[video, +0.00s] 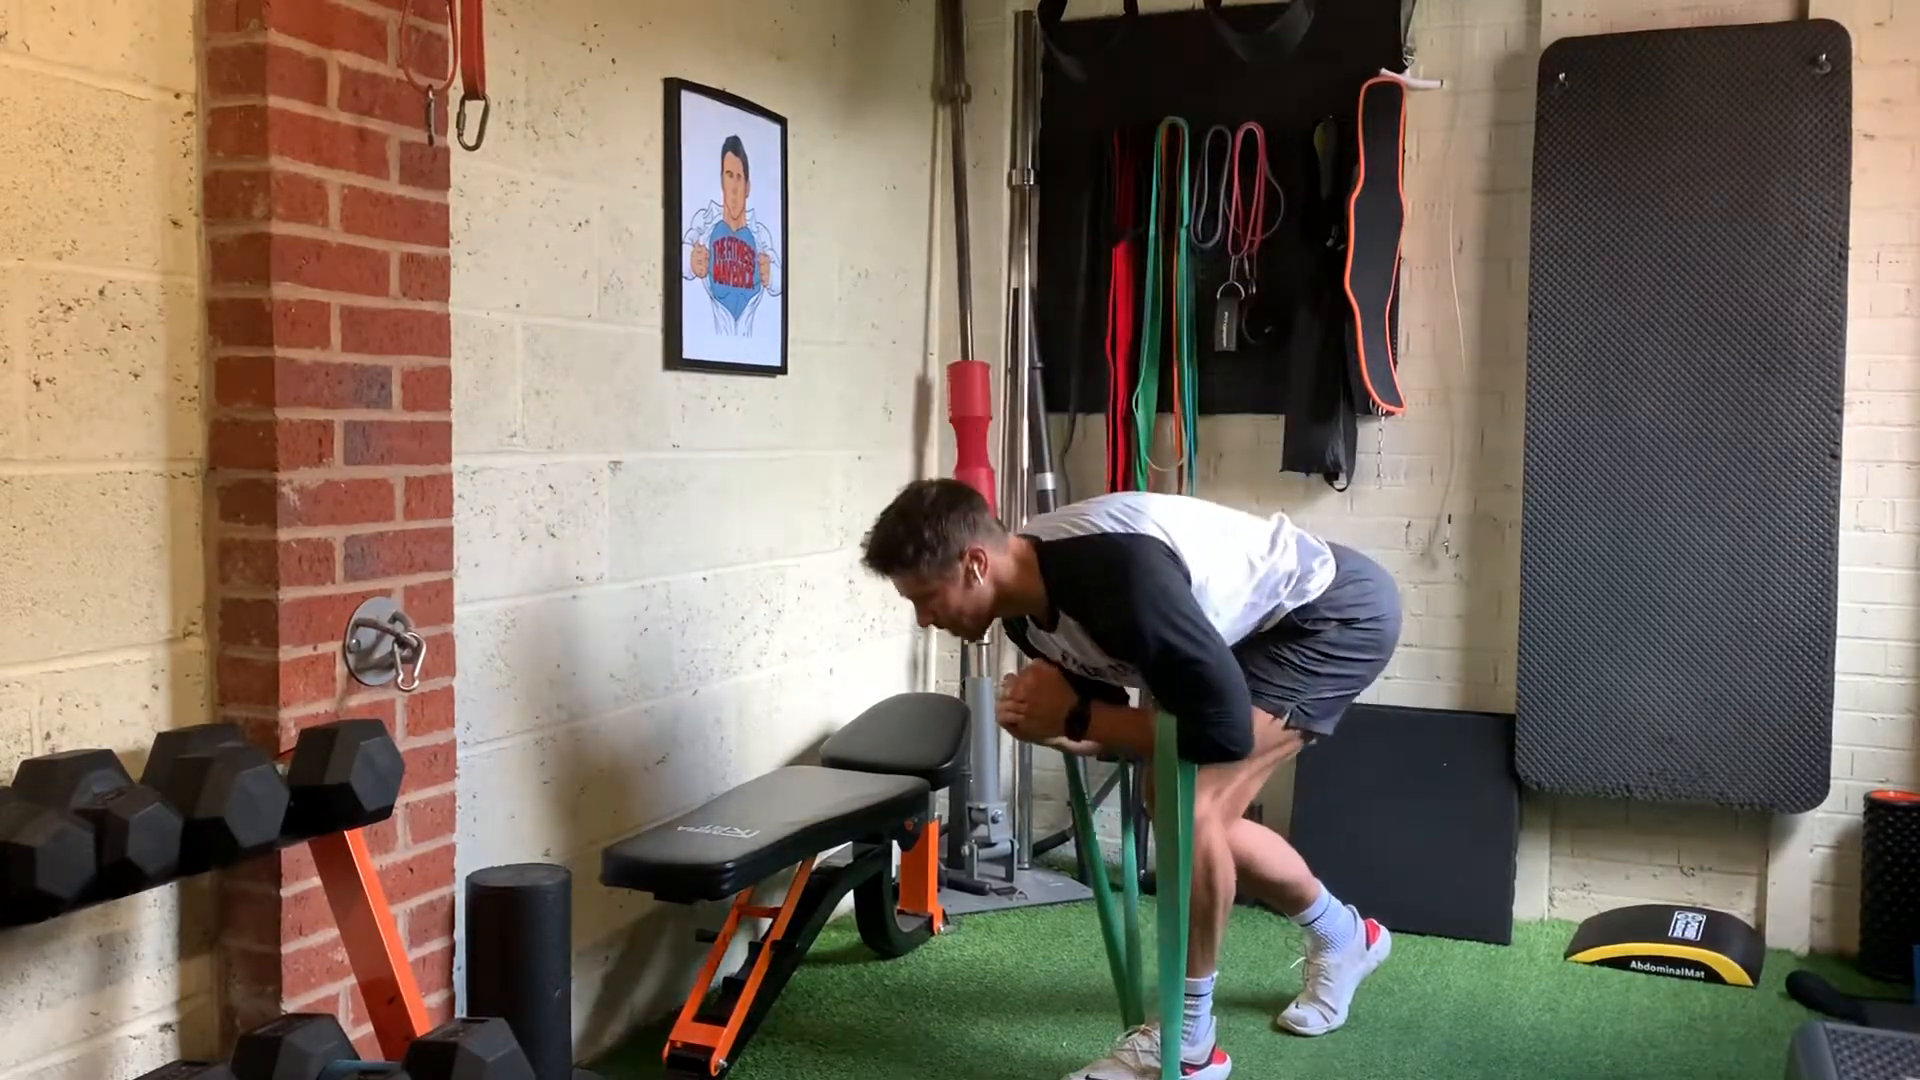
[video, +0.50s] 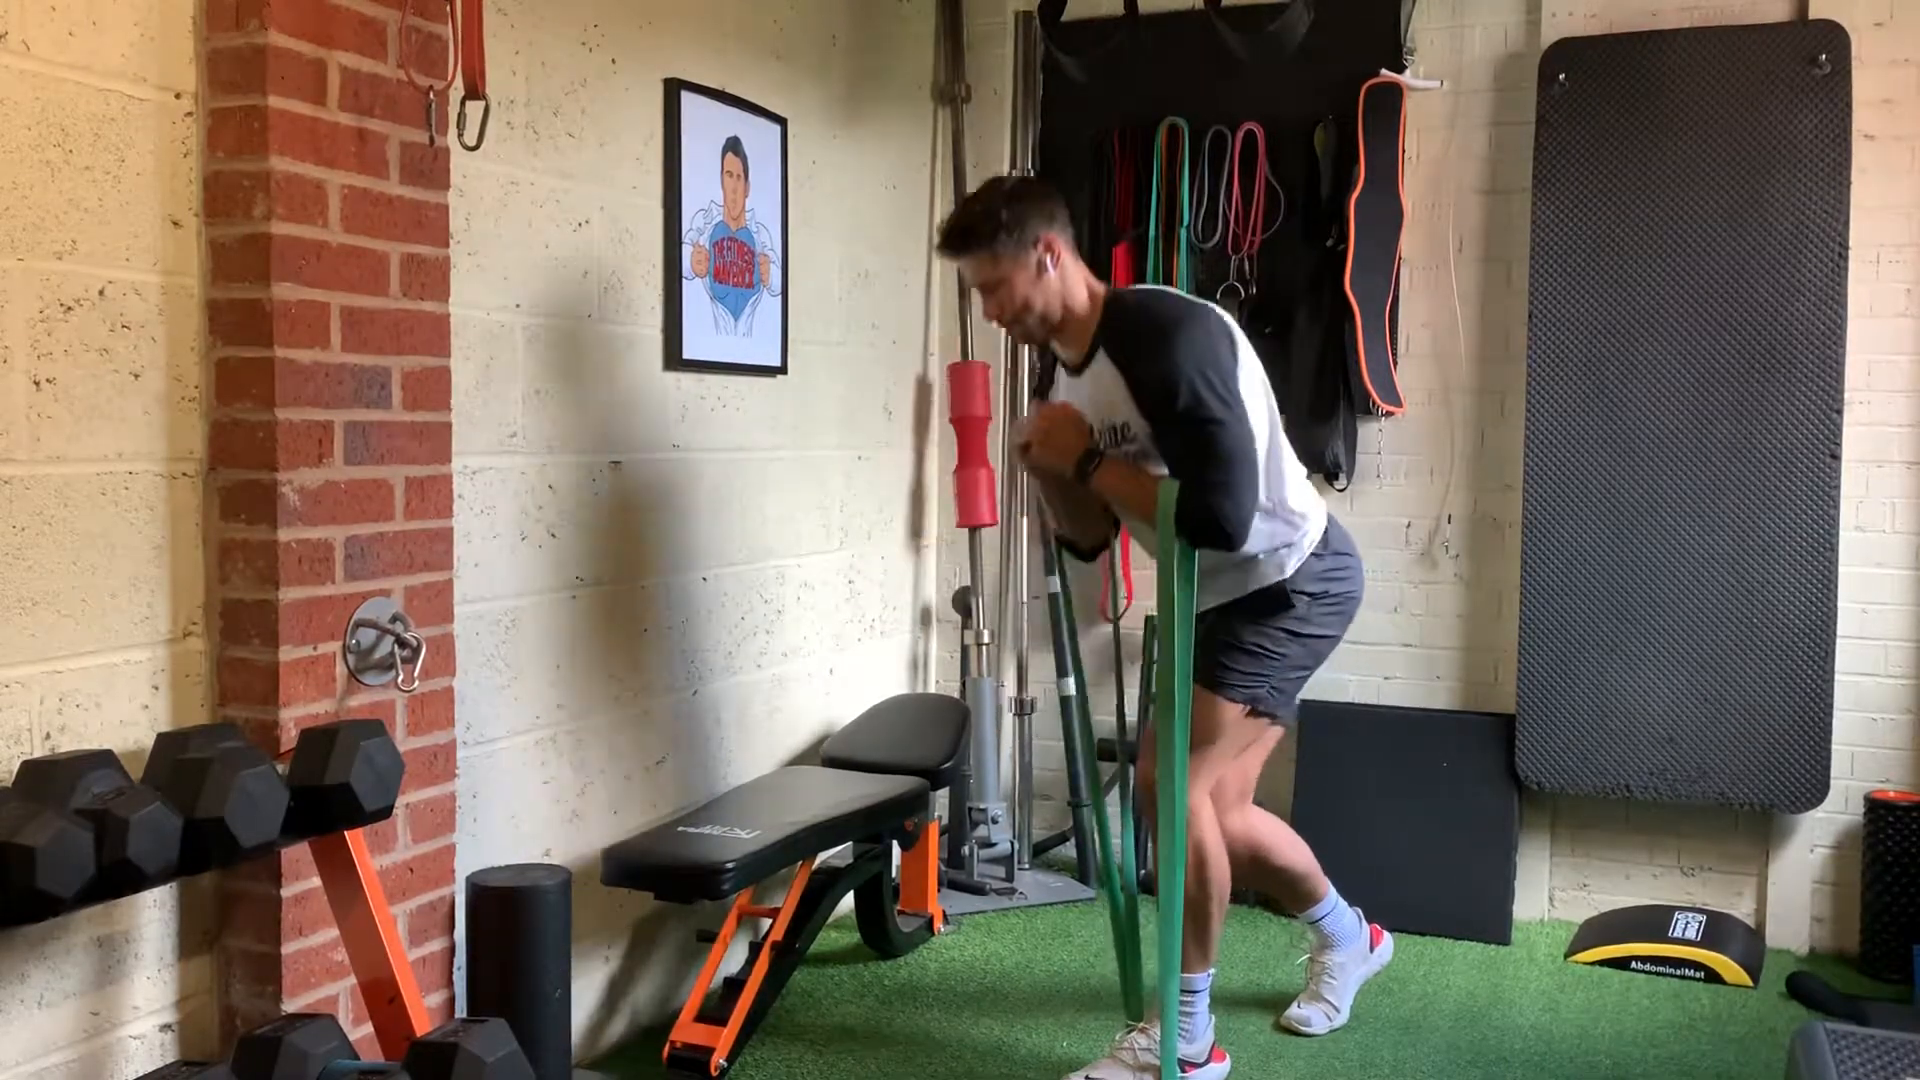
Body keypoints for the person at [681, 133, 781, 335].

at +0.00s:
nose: (734, 184)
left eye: (739, 176)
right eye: (729, 175)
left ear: (748, 187)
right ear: (721, 181)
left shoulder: (760, 234)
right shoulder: (705, 227)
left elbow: (779, 287)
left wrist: (770, 276)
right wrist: (694, 267)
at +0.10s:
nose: (734, 184)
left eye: (739, 177)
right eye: (729, 175)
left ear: (748, 187)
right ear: (721, 181)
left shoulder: (760, 232)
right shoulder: (705, 224)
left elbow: (779, 286)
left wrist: (769, 274)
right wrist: (693, 266)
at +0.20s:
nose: (734, 184)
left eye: (739, 177)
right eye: (729, 175)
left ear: (748, 187)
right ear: (721, 181)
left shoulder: (760, 232)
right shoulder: (705, 224)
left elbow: (778, 287)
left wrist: (769, 275)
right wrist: (693, 266)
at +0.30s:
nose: (734, 185)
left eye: (739, 176)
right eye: (729, 175)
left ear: (748, 187)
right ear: (721, 181)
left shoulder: (760, 231)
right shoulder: (705, 221)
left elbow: (779, 287)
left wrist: (769, 274)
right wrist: (693, 266)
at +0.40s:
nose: (734, 185)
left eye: (739, 177)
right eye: (729, 175)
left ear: (747, 187)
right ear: (721, 181)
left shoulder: (760, 232)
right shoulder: (705, 224)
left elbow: (778, 287)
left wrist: (769, 275)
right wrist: (693, 267)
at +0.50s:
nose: (734, 185)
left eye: (739, 177)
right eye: (729, 175)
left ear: (748, 186)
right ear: (721, 181)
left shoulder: (760, 231)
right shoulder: (705, 222)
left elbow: (778, 287)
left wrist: (769, 274)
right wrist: (693, 267)